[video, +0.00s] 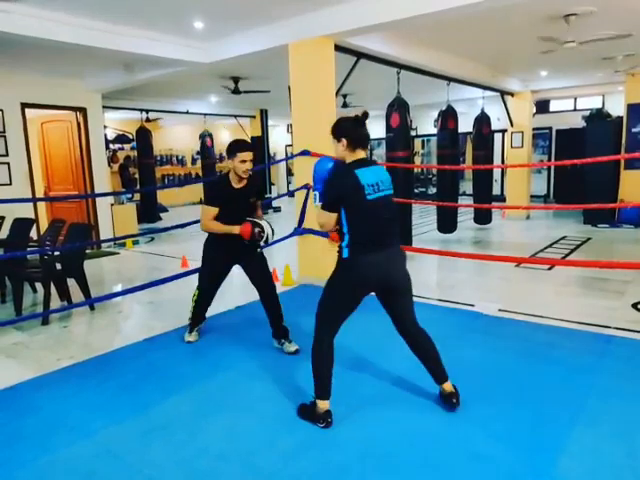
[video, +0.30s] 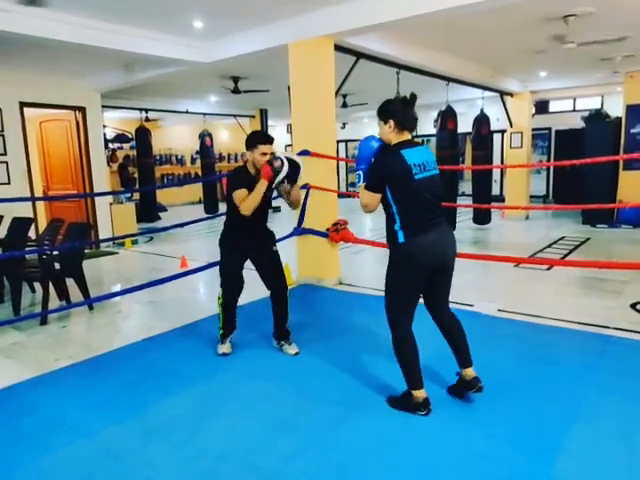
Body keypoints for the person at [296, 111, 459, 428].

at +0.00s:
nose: (333, 148)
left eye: (335, 143)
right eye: (334, 142)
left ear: (345, 144)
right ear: (364, 142)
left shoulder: (340, 176)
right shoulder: (381, 171)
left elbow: (326, 222)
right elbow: (367, 214)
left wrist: (311, 209)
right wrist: (333, 228)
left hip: (357, 268)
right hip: (392, 263)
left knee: (324, 331)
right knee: (410, 327)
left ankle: (321, 407)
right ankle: (448, 389)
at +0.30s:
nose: (379, 130)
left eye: (381, 124)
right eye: (380, 124)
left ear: (392, 125)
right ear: (408, 124)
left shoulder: (386, 158)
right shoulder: (426, 152)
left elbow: (368, 204)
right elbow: (413, 191)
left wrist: (367, 179)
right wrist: (376, 177)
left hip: (410, 250)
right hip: (443, 241)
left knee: (399, 323)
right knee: (439, 307)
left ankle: (417, 395)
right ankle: (469, 374)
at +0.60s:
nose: (416, 145)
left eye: (418, 140)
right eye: (416, 140)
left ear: (432, 141)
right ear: (442, 140)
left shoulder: (430, 178)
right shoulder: (463, 170)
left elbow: (405, 220)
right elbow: (445, 209)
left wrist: (399, 184)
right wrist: (415, 180)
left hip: (441, 265)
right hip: (475, 258)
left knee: (401, 320)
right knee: (479, 318)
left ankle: (417, 393)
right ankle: (513, 380)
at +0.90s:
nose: (402, 142)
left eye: (405, 138)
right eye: (403, 137)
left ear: (417, 141)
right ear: (429, 140)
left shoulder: (398, 170)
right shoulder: (446, 165)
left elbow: (354, 173)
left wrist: (337, 152)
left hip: (422, 261)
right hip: (458, 257)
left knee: (382, 315)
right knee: (471, 317)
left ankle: (363, 379)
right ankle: (507, 377)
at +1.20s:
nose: (379, 133)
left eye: (383, 128)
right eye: (381, 128)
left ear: (396, 133)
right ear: (399, 134)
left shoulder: (404, 173)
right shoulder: (387, 158)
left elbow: (377, 212)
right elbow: (346, 150)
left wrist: (353, 184)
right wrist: (312, 132)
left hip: (400, 258)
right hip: (426, 251)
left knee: (371, 318)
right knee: (440, 319)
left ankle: (360, 382)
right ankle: (478, 383)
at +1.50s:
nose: (395, 142)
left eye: (399, 136)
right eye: (396, 136)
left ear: (412, 137)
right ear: (420, 138)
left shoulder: (410, 174)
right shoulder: (437, 167)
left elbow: (389, 218)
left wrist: (378, 184)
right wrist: (389, 175)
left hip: (421, 263)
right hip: (452, 258)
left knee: (385, 324)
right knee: (449, 324)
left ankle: (360, 384)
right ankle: (476, 389)